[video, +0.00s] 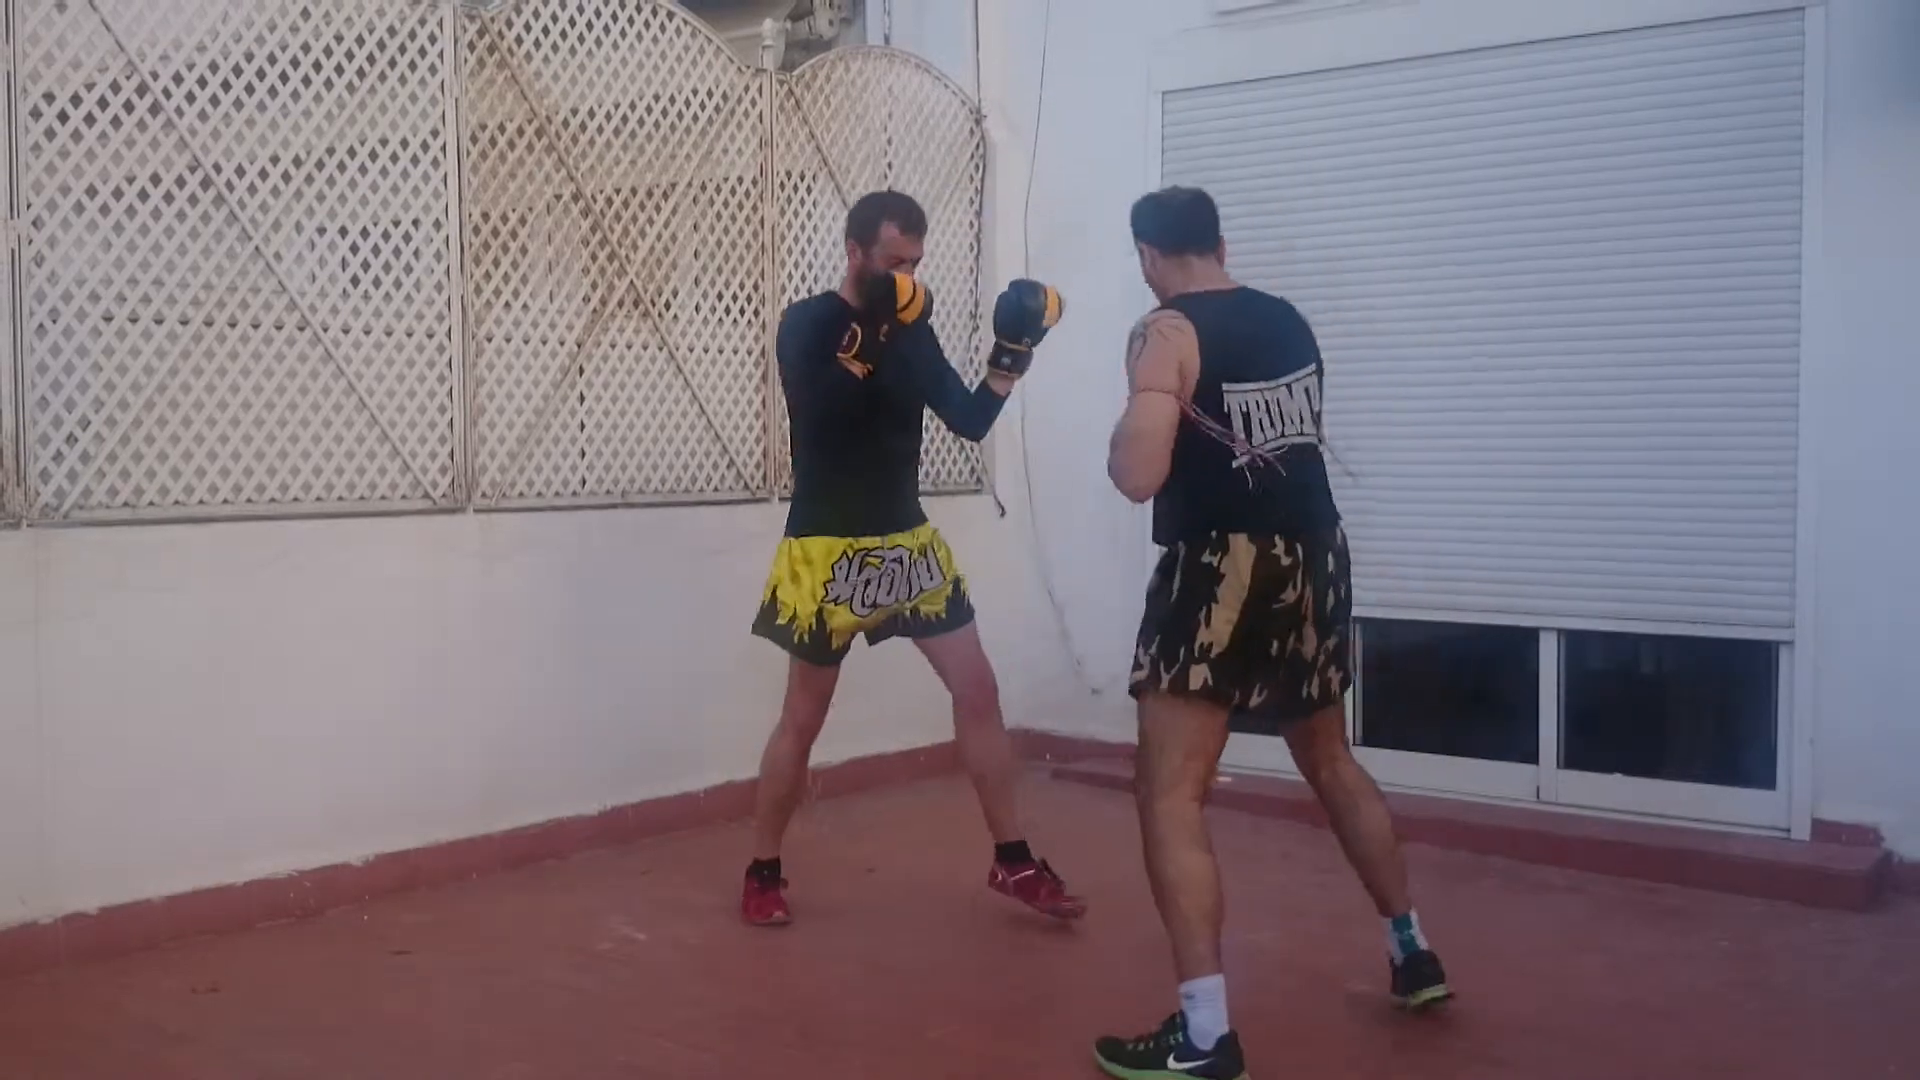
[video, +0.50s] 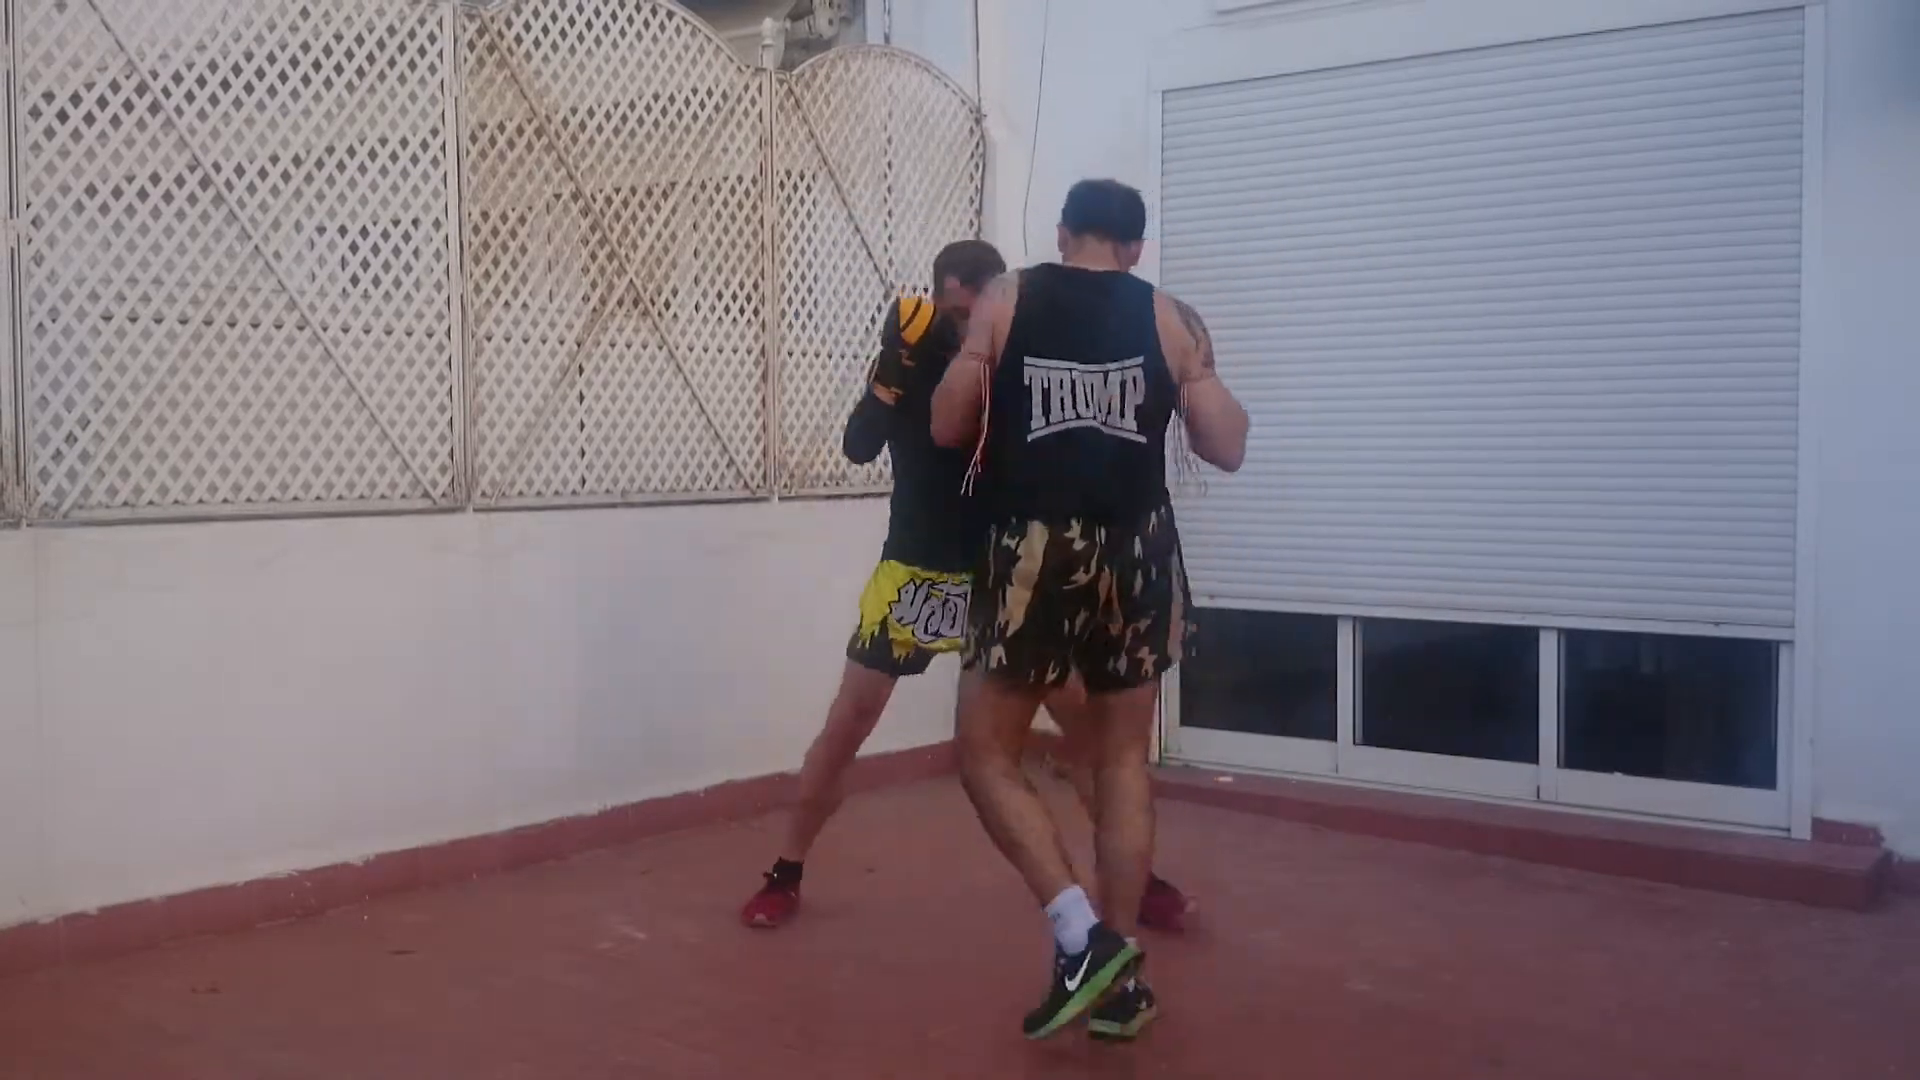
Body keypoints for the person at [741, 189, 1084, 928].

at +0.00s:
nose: (903, 274)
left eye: (913, 264)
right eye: (892, 261)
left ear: (920, 261)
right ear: (853, 252)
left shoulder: (911, 330)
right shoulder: (806, 322)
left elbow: (970, 418)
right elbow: (815, 408)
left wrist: (1011, 350)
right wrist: (877, 324)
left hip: (907, 537)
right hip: (825, 544)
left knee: (976, 686)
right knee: (802, 718)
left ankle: (1013, 857)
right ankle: (764, 869)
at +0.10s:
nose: (897, 281)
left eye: (907, 270)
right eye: (884, 268)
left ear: (916, 266)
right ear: (847, 261)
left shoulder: (918, 332)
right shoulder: (804, 333)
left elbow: (982, 421)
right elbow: (805, 420)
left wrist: (1013, 355)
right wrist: (851, 339)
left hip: (909, 544)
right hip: (827, 545)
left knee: (967, 702)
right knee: (808, 720)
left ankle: (996, 876)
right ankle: (765, 870)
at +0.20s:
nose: (900, 293)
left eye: (910, 281)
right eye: (887, 279)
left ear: (919, 275)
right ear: (851, 269)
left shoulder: (929, 340)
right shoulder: (809, 337)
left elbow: (1000, 422)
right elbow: (802, 426)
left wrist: (1019, 359)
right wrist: (844, 346)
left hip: (919, 549)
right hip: (833, 552)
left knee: (1000, 693)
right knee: (807, 725)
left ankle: (1012, 864)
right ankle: (764, 871)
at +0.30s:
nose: (928, 287)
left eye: (932, 276)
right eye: (920, 274)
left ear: (928, 272)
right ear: (881, 262)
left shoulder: (944, 339)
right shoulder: (824, 334)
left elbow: (1015, 412)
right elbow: (801, 417)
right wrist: (844, 346)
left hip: (943, 545)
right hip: (853, 549)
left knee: (1021, 696)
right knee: (810, 722)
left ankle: (1058, 862)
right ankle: (767, 868)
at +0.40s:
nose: (935, 309)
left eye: (947, 295)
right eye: (921, 295)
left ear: (960, 288)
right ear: (891, 285)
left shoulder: (976, 353)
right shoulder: (852, 347)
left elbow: (1006, 437)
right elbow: (823, 425)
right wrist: (862, 354)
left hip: (965, 553)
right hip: (874, 555)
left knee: (1042, 710)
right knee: (821, 722)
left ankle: (1124, 865)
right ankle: (786, 875)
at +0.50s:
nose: (987, 310)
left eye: (994, 298)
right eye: (974, 298)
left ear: (1003, 295)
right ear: (942, 294)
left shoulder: (1023, 353)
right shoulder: (912, 349)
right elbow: (860, 447)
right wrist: (895, 366)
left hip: (1012, 563)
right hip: (918, 561)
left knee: (1089, 723)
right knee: (850, 719)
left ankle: (1132, 876)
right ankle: (787, 869)